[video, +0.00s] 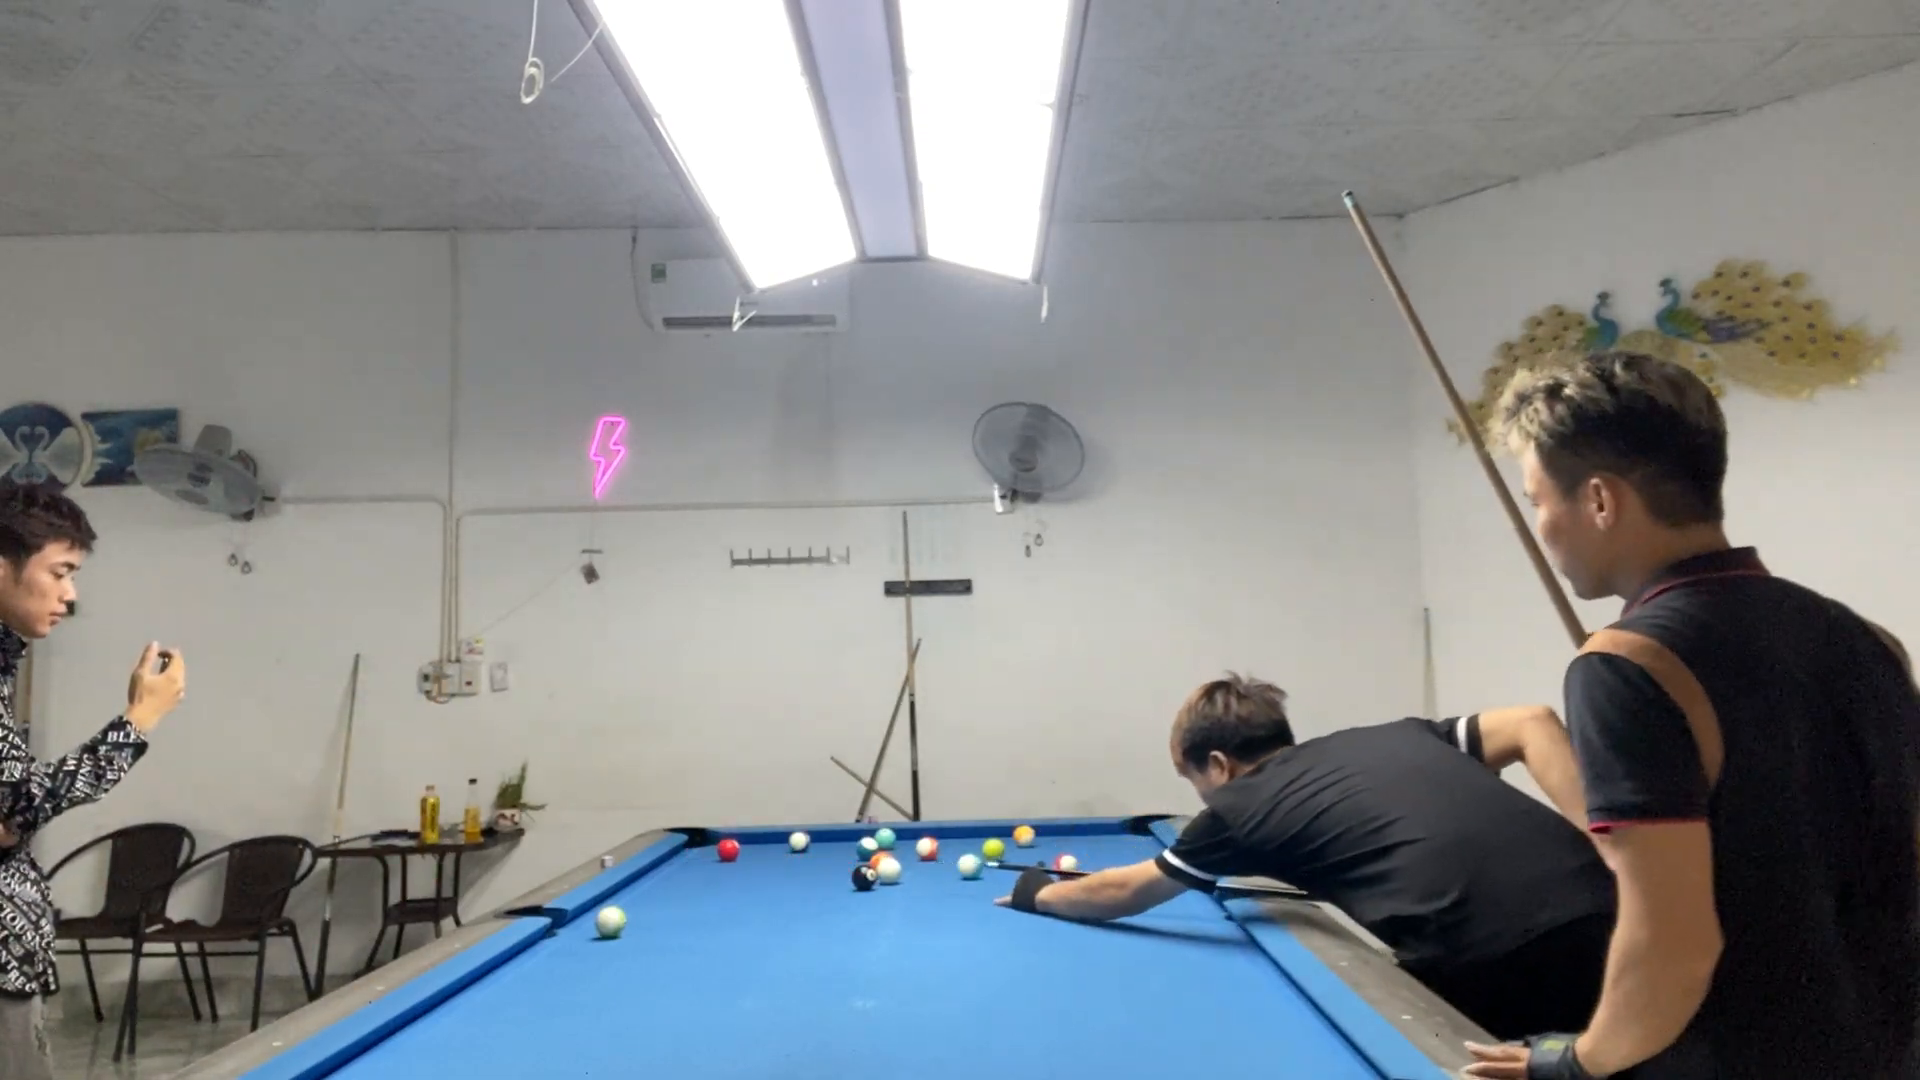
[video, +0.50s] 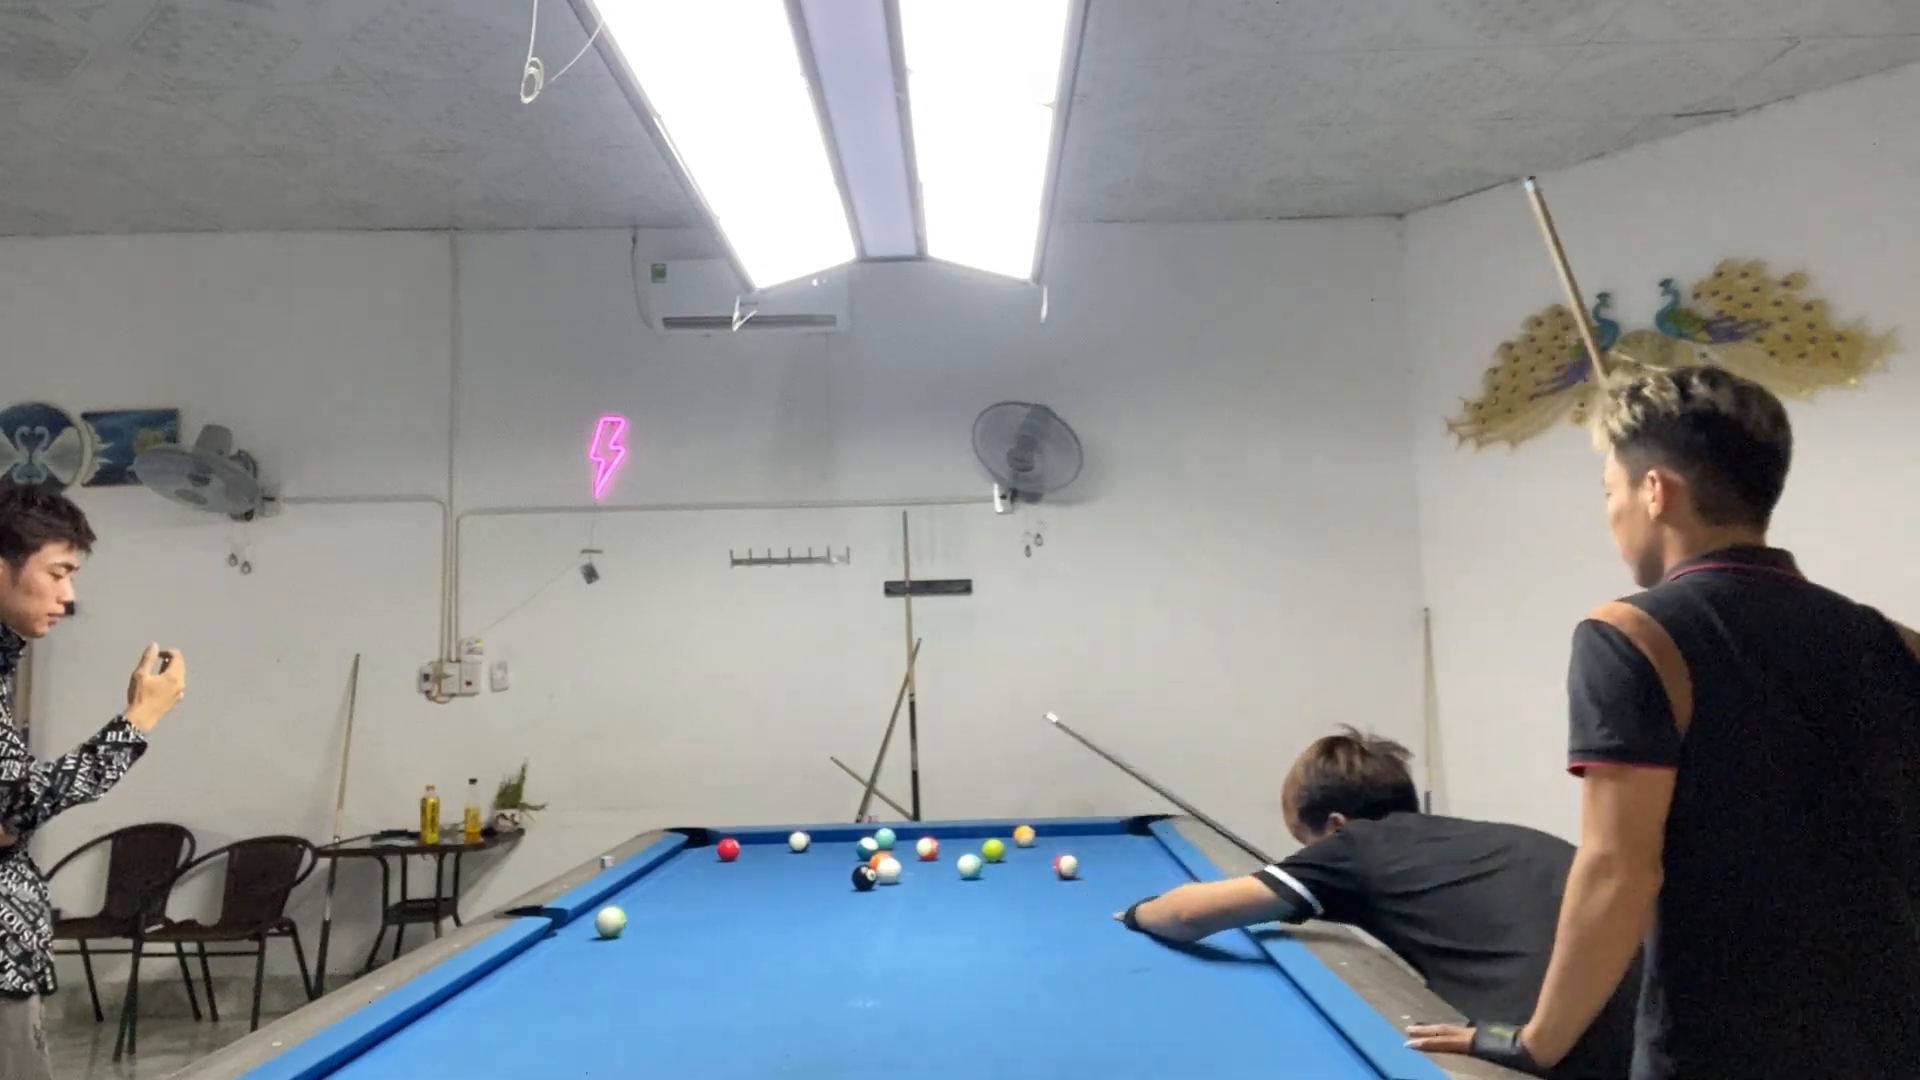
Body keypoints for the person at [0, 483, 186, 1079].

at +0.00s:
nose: (71, 595)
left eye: (72, 576)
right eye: (60, 572)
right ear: (5, 569)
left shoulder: (4, 670)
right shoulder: (1, 673)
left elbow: (22, 795)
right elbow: (22, 801)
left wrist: (12, 823)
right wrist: (139, 720)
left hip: (18, 976)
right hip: (8, 978)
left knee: (29, 1069)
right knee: (26, 1070)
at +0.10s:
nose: (70, 595)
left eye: (72, 576)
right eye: (59, 572)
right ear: (5, 569)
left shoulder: (3, 678)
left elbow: (22, 794)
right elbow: (19, 803)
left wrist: (12, 826)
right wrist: (137, 723)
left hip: (19, 980)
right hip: (8, 984)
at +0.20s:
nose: (70, 596)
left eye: (71, 576)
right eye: (59, 572)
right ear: (4, 568)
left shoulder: (4, 670)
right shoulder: (0, 673)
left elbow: (21, 792)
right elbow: (20, 802)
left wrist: (12, 825)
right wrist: (138, 722)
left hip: (19, 976)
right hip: (8, 979)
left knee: (30, 1068)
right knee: (27, 1070)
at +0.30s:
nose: (70, 595)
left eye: (71, 576)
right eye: (58, 572)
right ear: (4, 569)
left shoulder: (3, 671)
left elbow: (21, 791)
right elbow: (21, 800)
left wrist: (12, 825)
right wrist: (138, 722)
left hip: (18, 975)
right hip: (7, 978)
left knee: (29, 1069)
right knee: (26, 1070)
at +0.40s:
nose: (70, 596)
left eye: (71, 576)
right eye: (58, 572)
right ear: (4, 568)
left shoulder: (3, 672)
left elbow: (21, 791)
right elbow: (20, 801)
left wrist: (12, 824)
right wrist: (137, 722)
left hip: (17, 975)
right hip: (7, 978)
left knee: (30, 1069)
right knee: (26, 1070)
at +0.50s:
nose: (69, 596)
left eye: (71, 576)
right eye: (58, 572)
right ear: (4, 568)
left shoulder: (3, 671)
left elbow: (21, 791)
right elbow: (20, 800)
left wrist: (12, 824)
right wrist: (137, 722)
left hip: (16, 973)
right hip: (6, 976)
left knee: (29, 1069)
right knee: (25, 1070)